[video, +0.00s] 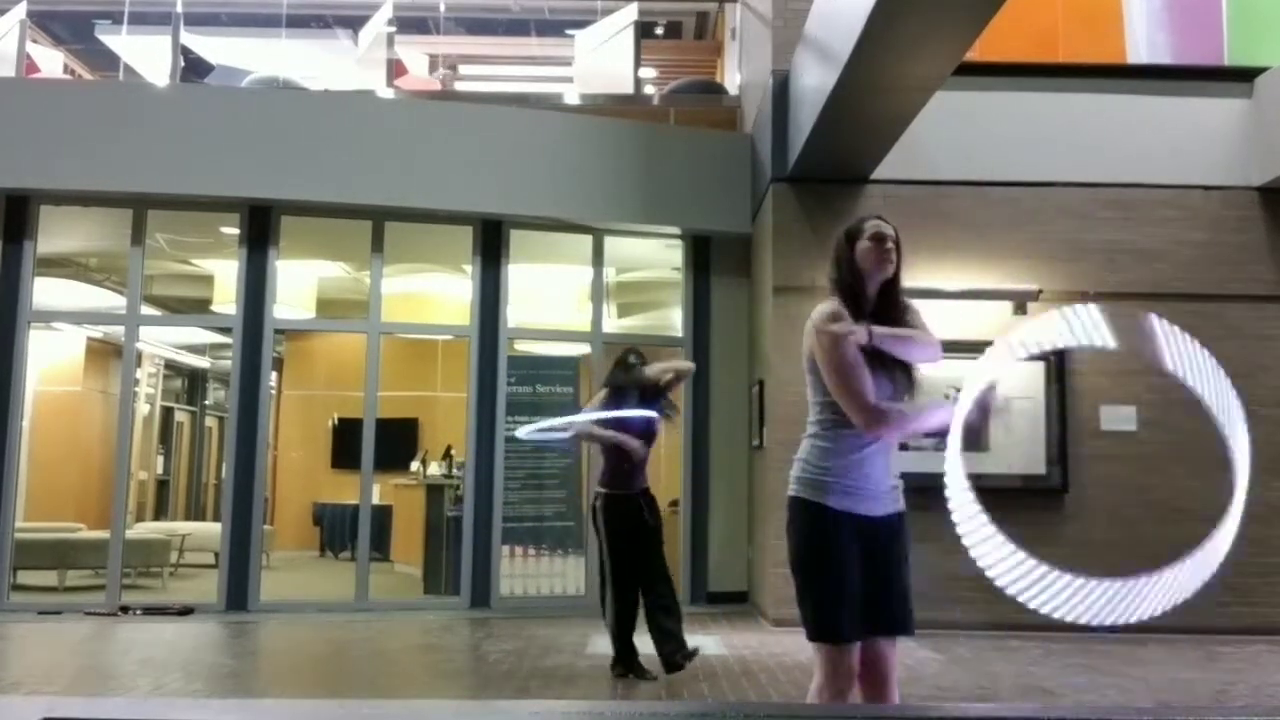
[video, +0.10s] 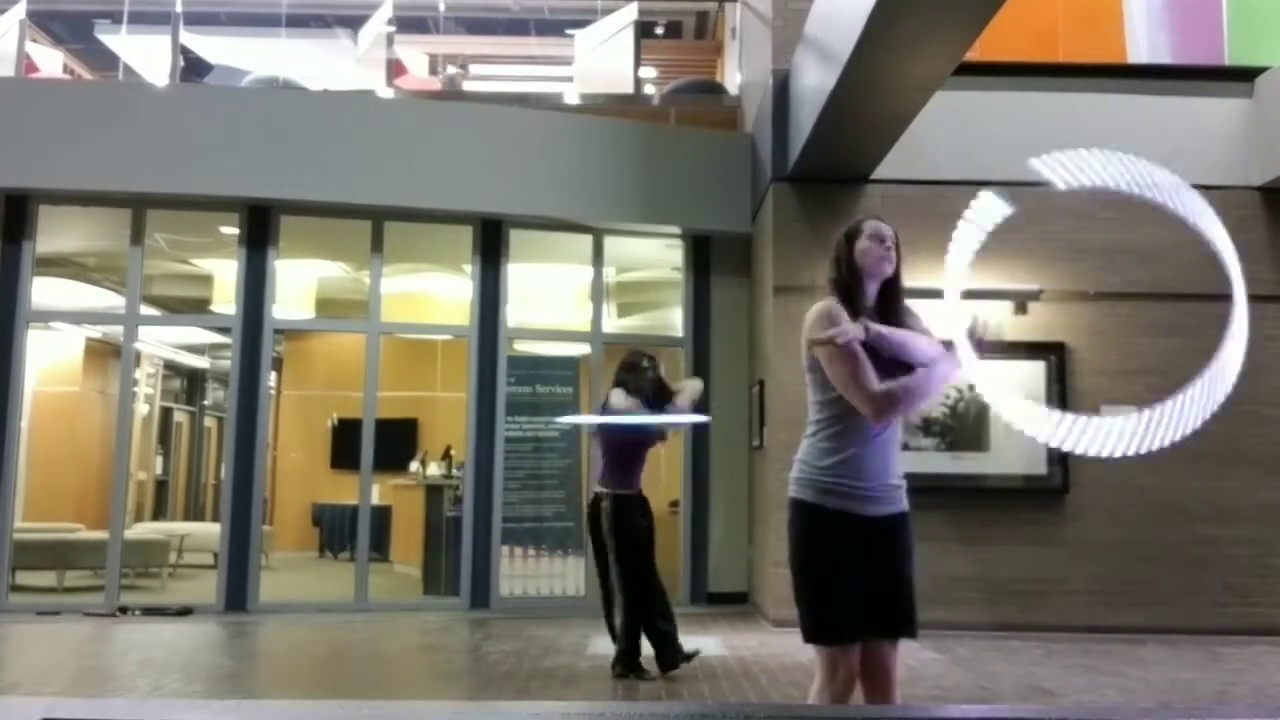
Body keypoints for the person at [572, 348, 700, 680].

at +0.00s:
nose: (648, 371)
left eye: (648, 368)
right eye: (644, 367)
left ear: (638, 373)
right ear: (633, 373)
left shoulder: (651, 397)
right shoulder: (608, 401)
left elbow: (688, 368)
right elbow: (579, 428)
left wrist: (653, 371)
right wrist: (622, 439)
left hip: (641, 500)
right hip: (612, 503)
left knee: (657, 578)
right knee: (622, 583)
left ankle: (673, 653)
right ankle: (624, 659)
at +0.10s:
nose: (654, 380)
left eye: (654, 374)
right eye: (650, 374)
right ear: (638, 378)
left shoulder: (642, 406)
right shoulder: (617, 405)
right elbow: (657, 430)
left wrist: (681, 398)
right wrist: (679, 403)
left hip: (631, 503)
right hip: (610, 505)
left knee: (646, 579)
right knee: (621, 584)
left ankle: (668, 651)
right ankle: (626, 659)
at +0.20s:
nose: (659, 390)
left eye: (660, 382)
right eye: (656, 383)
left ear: (630, 376)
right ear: (644, 380)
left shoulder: (632, 414)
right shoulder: (617, 404)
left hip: (629, 503)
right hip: (619, 505)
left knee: (636, 578)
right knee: (625, 579)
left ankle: (644, 648)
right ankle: (630, 657)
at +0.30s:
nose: (664, 387)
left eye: (662, 378)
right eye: (659, 378)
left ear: (632, 375)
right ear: (643, 377)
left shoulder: (637, 411)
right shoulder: (630, 398)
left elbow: (644, 461)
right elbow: (678, 364)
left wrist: (681, 482)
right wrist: (671, 377)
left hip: (621, 501)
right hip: (630, 503)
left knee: (625, 581)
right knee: (635, 581)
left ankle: (622, 654)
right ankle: (627, 655)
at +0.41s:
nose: (657, 381)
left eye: (655, 375)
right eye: (654, 375)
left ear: (619, 377)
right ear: (649, 378)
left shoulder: (614, 405)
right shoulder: (649, 402)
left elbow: (608, 451)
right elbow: (694, 373)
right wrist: (695, 373)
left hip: (612, 500)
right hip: (637, 505)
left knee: (615, 580)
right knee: (640, 582)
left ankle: (613, 655)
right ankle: (630, 657)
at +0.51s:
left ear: (621, 378)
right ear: (656, 375)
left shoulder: (615, 403)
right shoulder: (670, 404)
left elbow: (601, 450)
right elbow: (713, 397)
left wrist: (602, 480)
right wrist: (684, 391)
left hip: (618, 498)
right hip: (652, 501)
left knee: (616, 576)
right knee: (645, 577)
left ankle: (625, 652)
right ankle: (639, 656)